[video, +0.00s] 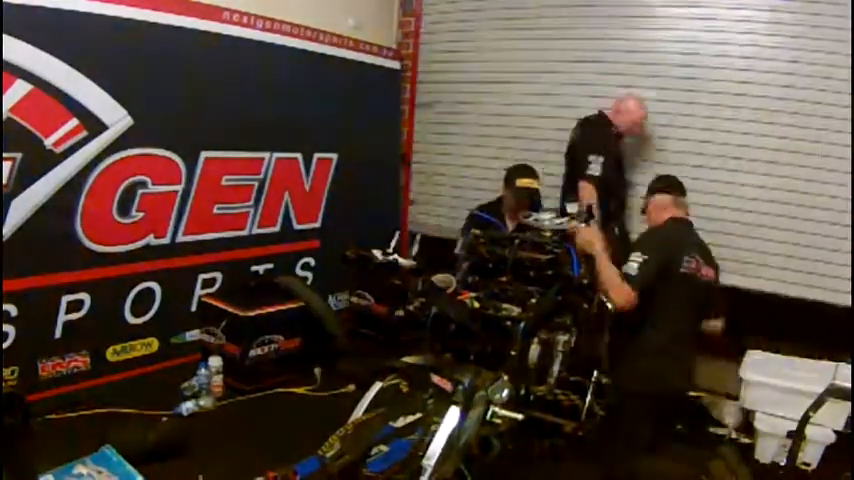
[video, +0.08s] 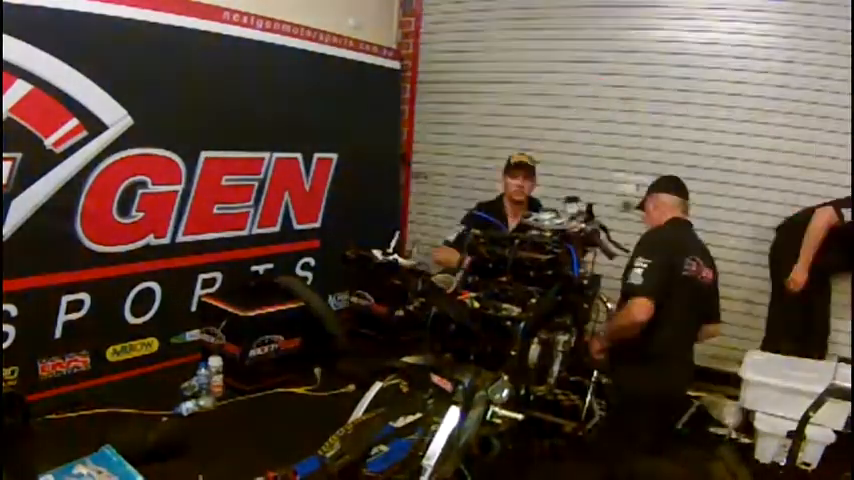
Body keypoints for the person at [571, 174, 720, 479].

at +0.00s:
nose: (645, 217)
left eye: (647, 209)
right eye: (645, 210)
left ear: (660, 205)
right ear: (683, 208)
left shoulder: (658, 238)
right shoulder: (706, 255)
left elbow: (623, 296)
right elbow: (714, 323)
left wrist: (596, 248)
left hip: (638, 373)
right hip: (676, 376)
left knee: (621, 457)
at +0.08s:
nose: (645, 218)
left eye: (646, 209)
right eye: (645, 210)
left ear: (658, 203)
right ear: (682, 207)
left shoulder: (657, 240)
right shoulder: (703, 253)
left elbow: (640, 312)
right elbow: (711, 328)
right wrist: (668, 332)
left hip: (639, 376)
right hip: (674, 377)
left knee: (622, 456)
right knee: (653, 456)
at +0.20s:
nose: (642, 196)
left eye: (648, 190)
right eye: (645, 190)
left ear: (667, 200)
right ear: (672, 201)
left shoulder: (665, 249)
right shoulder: (685, 244)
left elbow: (657, 338)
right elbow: (639, 278)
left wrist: (618, 402)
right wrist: (603, 241)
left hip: (641, 397)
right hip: (662, 391)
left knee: (623, 473)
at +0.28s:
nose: (644, 209)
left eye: (649, 200)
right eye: (645, 200)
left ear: (669, 201)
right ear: (679, 202)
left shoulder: (667, 247)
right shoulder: (700, 249)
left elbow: (643, 320)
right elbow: (663, 300)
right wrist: (616, 274)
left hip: (641, 384)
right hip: (670, 382)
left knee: (622, 463)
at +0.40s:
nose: (635, 212)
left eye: (638, 203)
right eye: (635, 203)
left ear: (658, 202)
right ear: (666, 201)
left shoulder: (668, 251)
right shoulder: (692, 244)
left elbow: (648, 332)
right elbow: (668, 292)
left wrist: (611, 300)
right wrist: (622, 272)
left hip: (648, 388)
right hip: (669, 382)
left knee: (621, 464)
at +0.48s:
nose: (631, 218)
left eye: (634, 208)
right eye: (630, 210)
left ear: (656, 203)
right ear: (660, 204)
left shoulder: (660, 242)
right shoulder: (684, 241)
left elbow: (644, 310)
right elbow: (663, 303)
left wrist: (607, 290)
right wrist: (614, 282)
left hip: (643, 382)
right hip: (665, 379)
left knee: (622, 461)